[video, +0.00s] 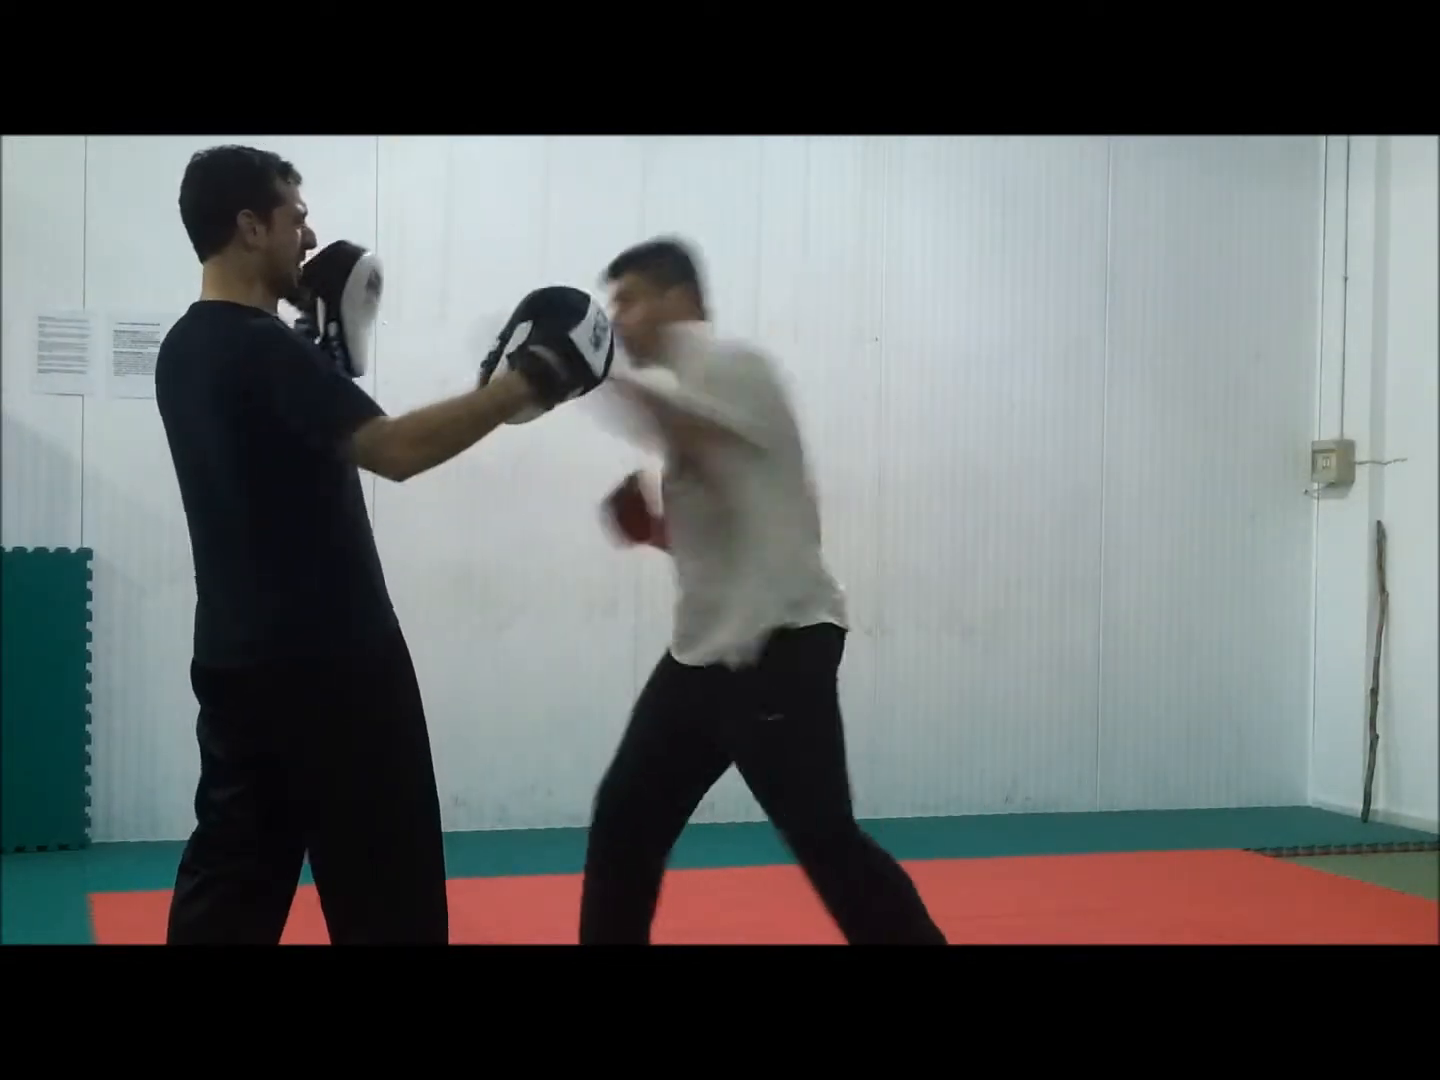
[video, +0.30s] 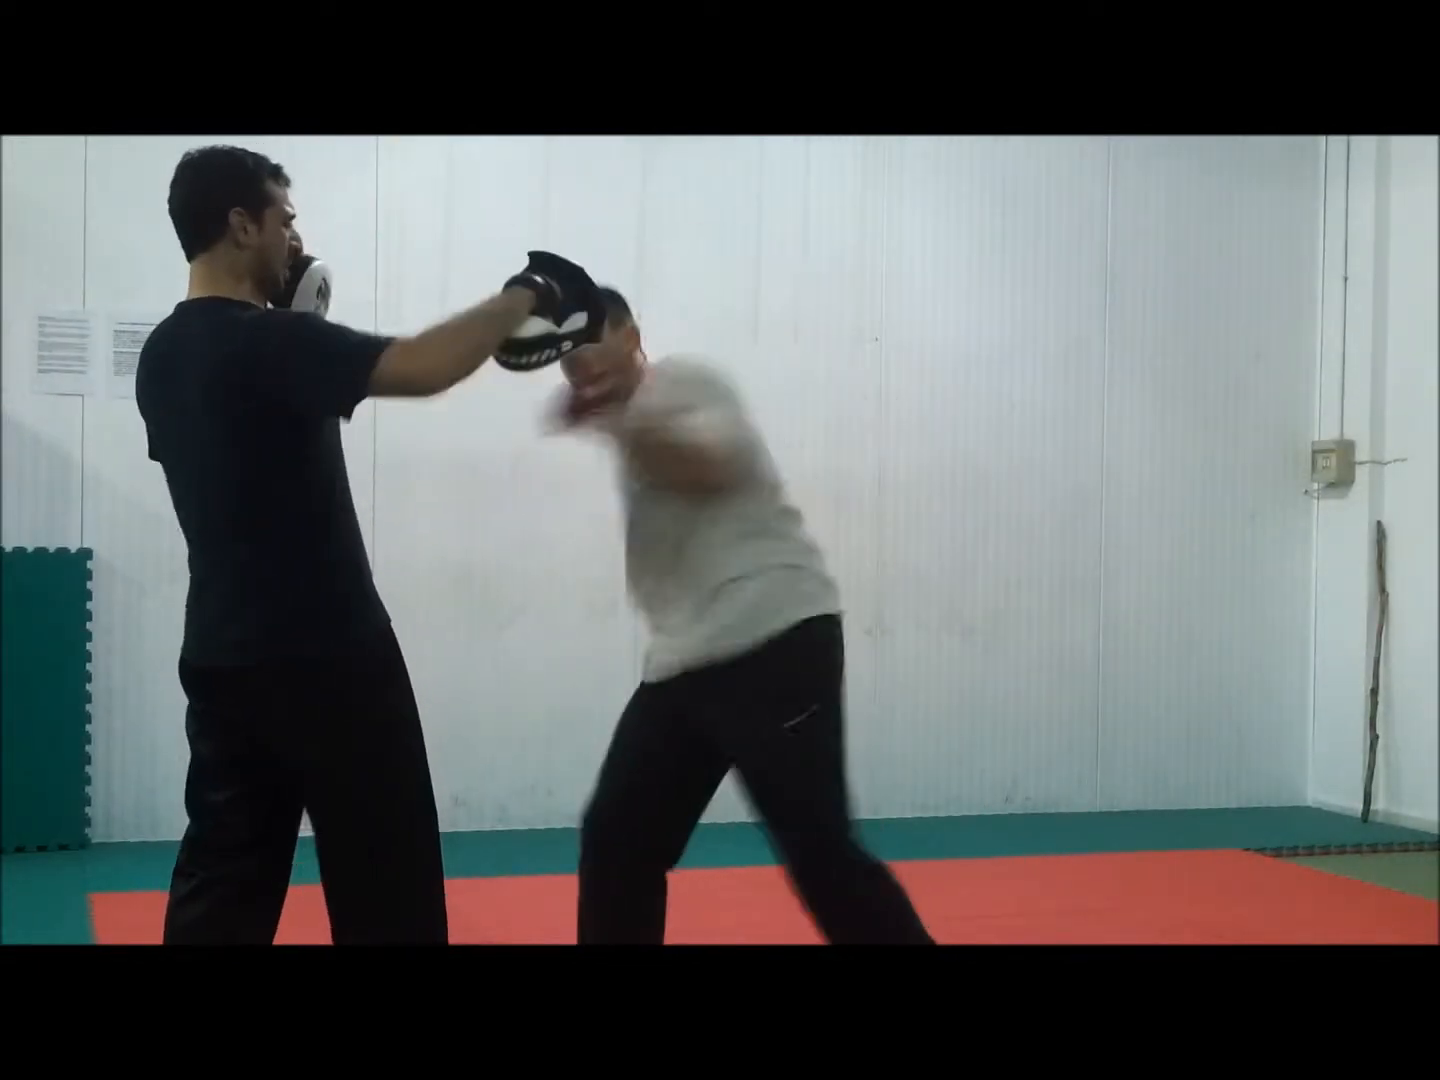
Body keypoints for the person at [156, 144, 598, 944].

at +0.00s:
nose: (310, 235)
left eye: (305, 216)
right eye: (297, 215)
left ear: (228, 230)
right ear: (250, 225)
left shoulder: (185, 348)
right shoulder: (265, 344)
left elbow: (290, 453)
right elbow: (392, 449)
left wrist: (329, 339)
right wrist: (511, 394)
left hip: (238, 659)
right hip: (336, 660)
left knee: (229, 883)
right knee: (390, 888)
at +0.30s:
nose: (299, 241)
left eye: (295, 222)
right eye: (287, 219)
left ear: (215, 231)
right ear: (240, 224)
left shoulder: (162, 351)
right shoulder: (268, 338)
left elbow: (261, 434)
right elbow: (421, 366)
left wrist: (295, 324)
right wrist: (526, 292)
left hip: (225, 656)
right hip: (332, 653)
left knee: (221, 888)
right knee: (390, 888)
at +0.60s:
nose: (311, 238)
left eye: (310, 220)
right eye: (302, 217)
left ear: (222, 227)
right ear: (255, 221)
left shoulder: (180, 345)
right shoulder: (277, 334)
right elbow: (423, 338)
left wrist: (300, 322)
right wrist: (508, 231)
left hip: (230, 654)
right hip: (332, 652)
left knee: (226, 886)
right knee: (386, 893)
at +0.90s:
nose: (305, 233)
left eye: (302, 215)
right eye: (293, 215)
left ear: (224, 230)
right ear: (245, 225)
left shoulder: (193, 343)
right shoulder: (258, 344)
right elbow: (380, 435)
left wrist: (290, 323)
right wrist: (499, 366)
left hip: (241, 659)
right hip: (333, 659)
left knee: (233, 880)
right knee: (390, 888)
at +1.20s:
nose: (273, 228)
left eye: (266, 211)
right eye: (257, 211)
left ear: (197, 236)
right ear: (213, 227)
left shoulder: (160, 353)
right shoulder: (252, 343)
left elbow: (249, 458)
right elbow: (385, 434)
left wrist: (287, 345)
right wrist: (498, 365)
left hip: (223, 653)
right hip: (331, 649)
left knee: (221, 879)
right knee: (391, 882)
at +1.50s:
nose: (255, 230)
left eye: (245, 216)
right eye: (235, 217)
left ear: (182, 241)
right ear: (182, 236)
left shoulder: (173, 349)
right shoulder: (210, 347)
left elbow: (246, 469)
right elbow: (335, 431)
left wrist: (305, 361)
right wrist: (453, 351)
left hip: (242, 657)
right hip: (322, 655)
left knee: (231, 873)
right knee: (392, 878)